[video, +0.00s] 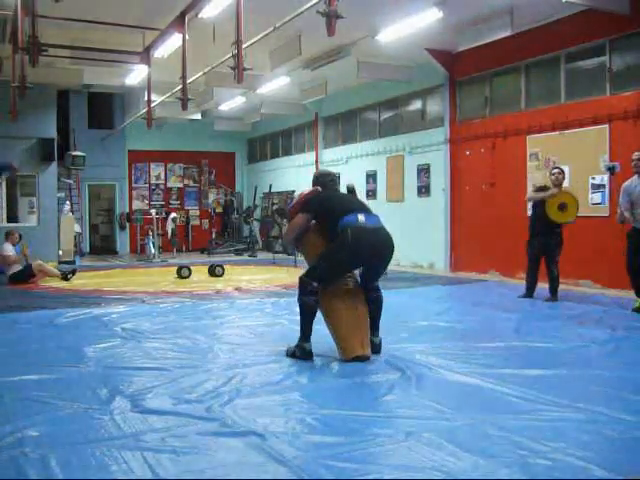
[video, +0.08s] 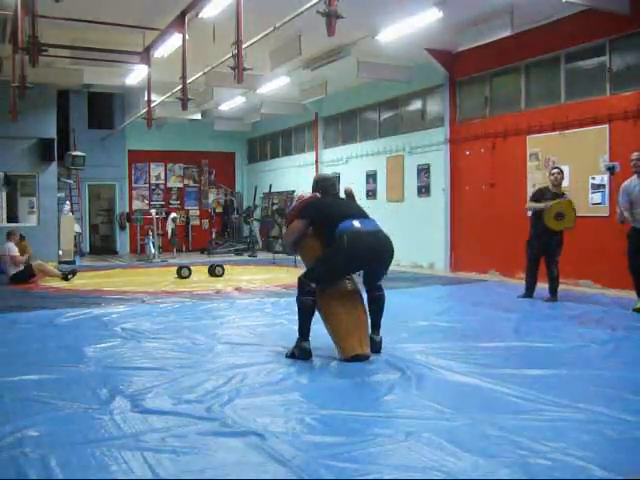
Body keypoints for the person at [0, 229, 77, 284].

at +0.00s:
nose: (17, 240)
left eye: (17, 238)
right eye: (15, 237)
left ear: (17, 239)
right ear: (9, 237)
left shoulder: (12, 248)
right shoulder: (6, 246)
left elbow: (14, 261)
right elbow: (9, 261)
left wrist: (24, 256)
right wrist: (21, 255)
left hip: (19, 274)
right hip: (14, 276)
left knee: (45, 270)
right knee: (39, 264)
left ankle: (64, 274)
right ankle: (62, 275)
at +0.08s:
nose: (18, 238)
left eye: (18, 236)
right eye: (17, 236)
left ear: (11, 236)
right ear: (12, 237)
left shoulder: (8, 246)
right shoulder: (10, 246)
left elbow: (15, 261)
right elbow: (17, 261)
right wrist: (26, 255)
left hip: (17, 275)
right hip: (15, 276)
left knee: (42, 268)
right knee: (39, 265)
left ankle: (63, 275)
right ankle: (63, 275)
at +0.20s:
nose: (20, 240)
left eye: (19, 239)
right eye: (19, 239)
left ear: (10, 237)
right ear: (18, 238)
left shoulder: (3, 247)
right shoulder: (17, 248)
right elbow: (24, 263)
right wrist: (30, 254)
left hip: (10, 277)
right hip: (16, 276)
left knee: (44, 270)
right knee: (39, 265)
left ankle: (64, 274)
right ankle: (63, 276)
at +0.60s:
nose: (18, 240)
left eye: (18, 238)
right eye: (18, 238)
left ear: (9, 237)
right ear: (15, 238)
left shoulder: (5, 246)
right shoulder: (11, 247)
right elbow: (18, 262)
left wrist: (25, 257)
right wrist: (27, 256)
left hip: (11, 275)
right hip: (14, 276)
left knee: (40, 266)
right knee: (40, 265)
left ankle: (63, 274)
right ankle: (63, 275)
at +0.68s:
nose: (18, 240)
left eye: (18, 238)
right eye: (16, 238)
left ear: (12, 238)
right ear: (11, 238)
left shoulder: (10, 247)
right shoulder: (7, 247)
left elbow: (13, 261)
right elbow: (9, 261)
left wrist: (24, 257)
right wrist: (22, 258)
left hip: (18, 273)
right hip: (14, 276)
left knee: (40, 265)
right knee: (39, 265)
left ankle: (63, 274)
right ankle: (63, 275)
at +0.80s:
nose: (15, 240)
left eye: (16, 238)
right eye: (14, 238)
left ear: (15, 238)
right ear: (8, 237)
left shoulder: (16, 247)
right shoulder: (4, 247)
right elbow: (4, 260)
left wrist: (26, 255)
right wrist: (17, 256)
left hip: (21, 272)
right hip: (13, 275)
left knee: (44, 269)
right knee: (38, 264)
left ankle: (63, 275)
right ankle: (62, 275)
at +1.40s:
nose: (19, 239)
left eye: (18, 237)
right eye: (17, 237)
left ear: (11, 237)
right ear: (12, 237)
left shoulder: (10, 246)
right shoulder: (9, 246)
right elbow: (14, 261)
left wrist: (24, 255)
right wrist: (25, 256)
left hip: (18, 275)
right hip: (15, 276)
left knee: (42, 267)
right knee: (38, 264)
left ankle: (64, 274)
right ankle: (62, 275)